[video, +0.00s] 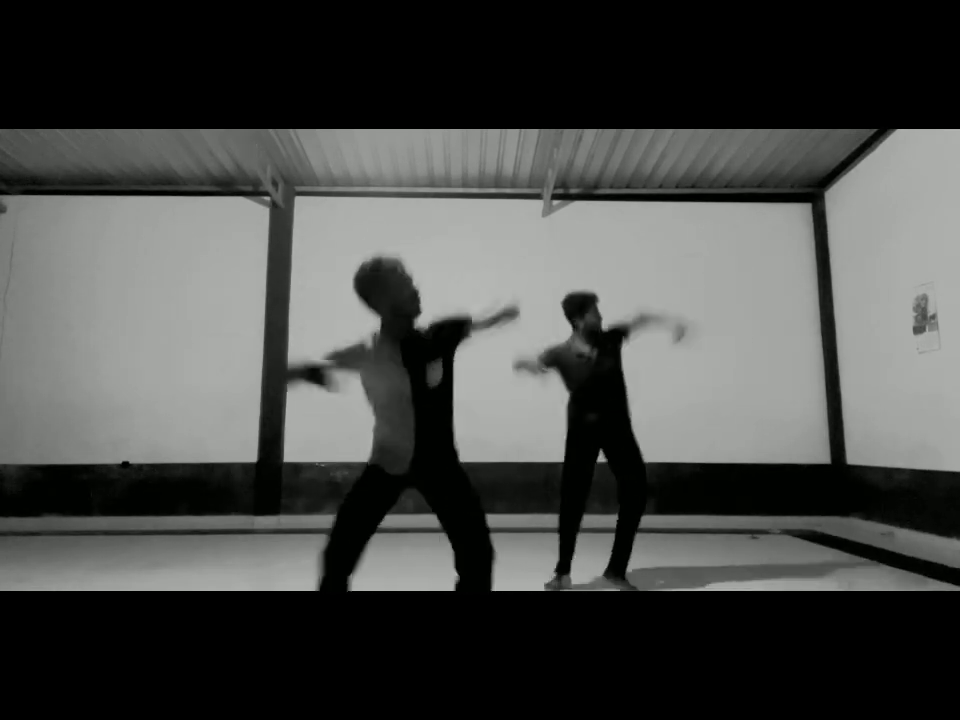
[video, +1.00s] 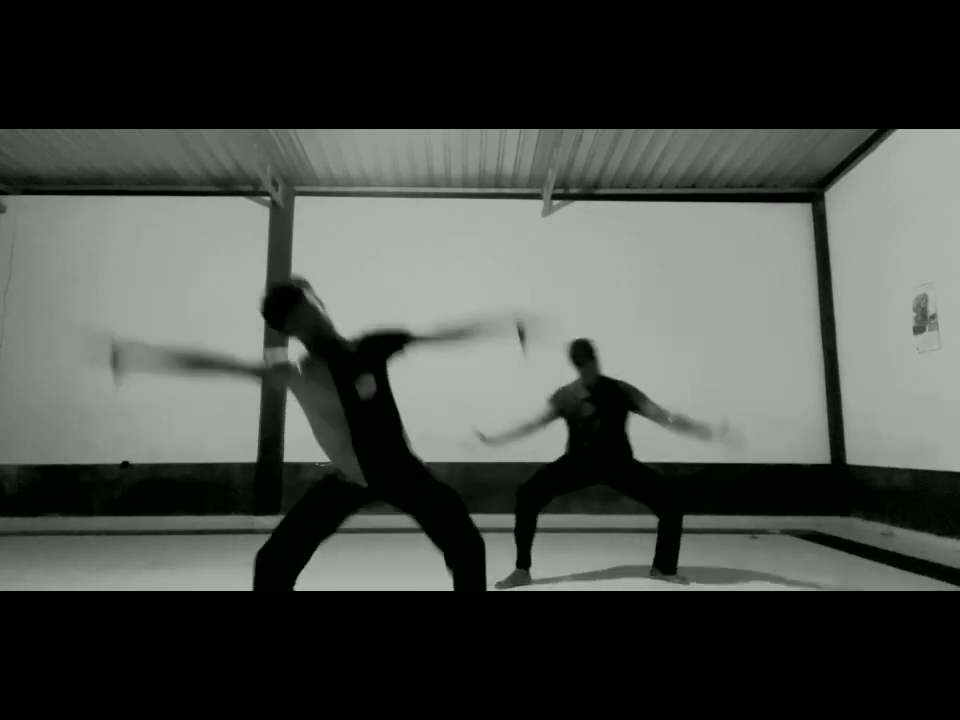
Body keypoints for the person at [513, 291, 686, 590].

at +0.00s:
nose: (599, 316)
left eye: (598, 311)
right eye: (593, 312)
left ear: (592, 315)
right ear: (579, 318)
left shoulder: (612, 338)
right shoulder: (561, 353)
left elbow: (641, 320)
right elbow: (531, 364)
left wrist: (674, 324)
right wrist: (528, 366)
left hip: (617, 431)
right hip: (582, 436)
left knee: (635, 493)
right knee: (572, 498)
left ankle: (616, 571)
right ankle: (563, 571)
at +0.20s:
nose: (600, 299)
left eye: (599, 294)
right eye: (593, 297)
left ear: (599, 299)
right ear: (578, 306)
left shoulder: (617, 320)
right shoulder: (566, 333)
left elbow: (639, 287)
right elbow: (526, 321)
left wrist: (660, 258)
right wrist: (490, 304)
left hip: (623, 412)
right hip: (593, 415)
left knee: (636, 482)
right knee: (598, 484)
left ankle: (632, 553)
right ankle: (605, 556)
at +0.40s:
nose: (604, 308)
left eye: (607, 304)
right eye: (597, 306)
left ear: (613, 307)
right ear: (587, 313)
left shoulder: (627, 334)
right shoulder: (579, 339)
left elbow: (648, 300)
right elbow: (546, 315)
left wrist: (642, 277)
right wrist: (556, 282)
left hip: (629, 424)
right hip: (595, 426)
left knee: (645, 490)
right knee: (602, 496)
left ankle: (650, 560)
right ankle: (610, 563)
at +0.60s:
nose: (623, 323)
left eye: (627, 319)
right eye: (617, 319)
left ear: (635, 324)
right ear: (610, 325)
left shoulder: (647, 354)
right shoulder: (602, 351)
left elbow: (662, 354)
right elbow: (587, 350)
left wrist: (641, 323)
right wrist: (602, 319)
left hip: (632, 432)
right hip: (596, 428)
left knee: (655, 488)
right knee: (575, 483)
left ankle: (659, 565)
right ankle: (587, 549)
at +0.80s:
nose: (630, 357)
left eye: (634, 351)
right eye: (625, 351)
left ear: (641, 349)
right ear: (617, 349)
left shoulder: (651, 385)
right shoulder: (599, 377)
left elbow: (651, 420)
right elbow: (589, 417)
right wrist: (605, 429)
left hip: (631, 452)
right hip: (594, 448)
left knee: (673, 499)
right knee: (547, 476)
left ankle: (662, 567)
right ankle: (527, 550)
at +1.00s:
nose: (587, 367)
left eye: (588, 361)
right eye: (582, 362)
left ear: (592, 361)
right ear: (579, 363)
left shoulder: (619, 392)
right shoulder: (565, 397)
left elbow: (664, 418)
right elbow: (533, 425)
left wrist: (707, 431)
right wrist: (494, 438)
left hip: (618, 466)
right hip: (575, 467)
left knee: (669, 504)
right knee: (528, 496)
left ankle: (664, 570)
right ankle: (522, 569)